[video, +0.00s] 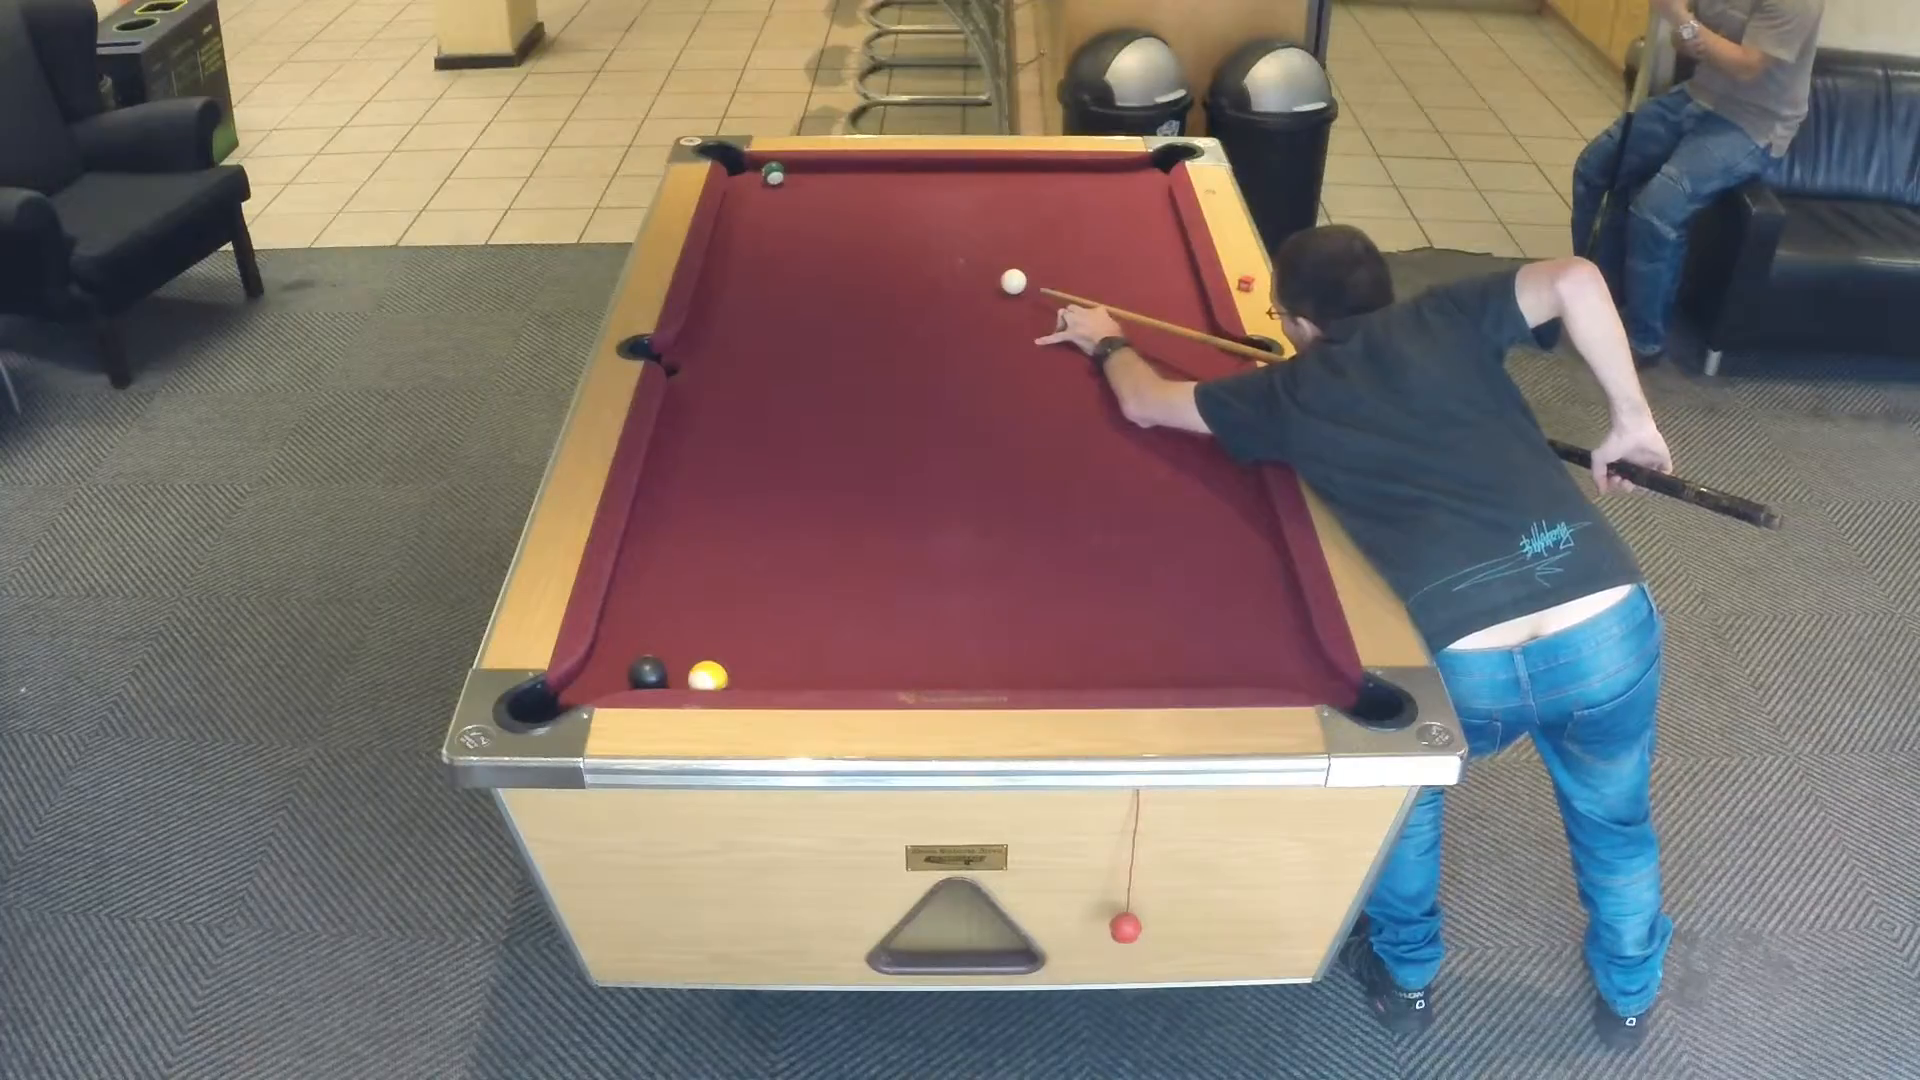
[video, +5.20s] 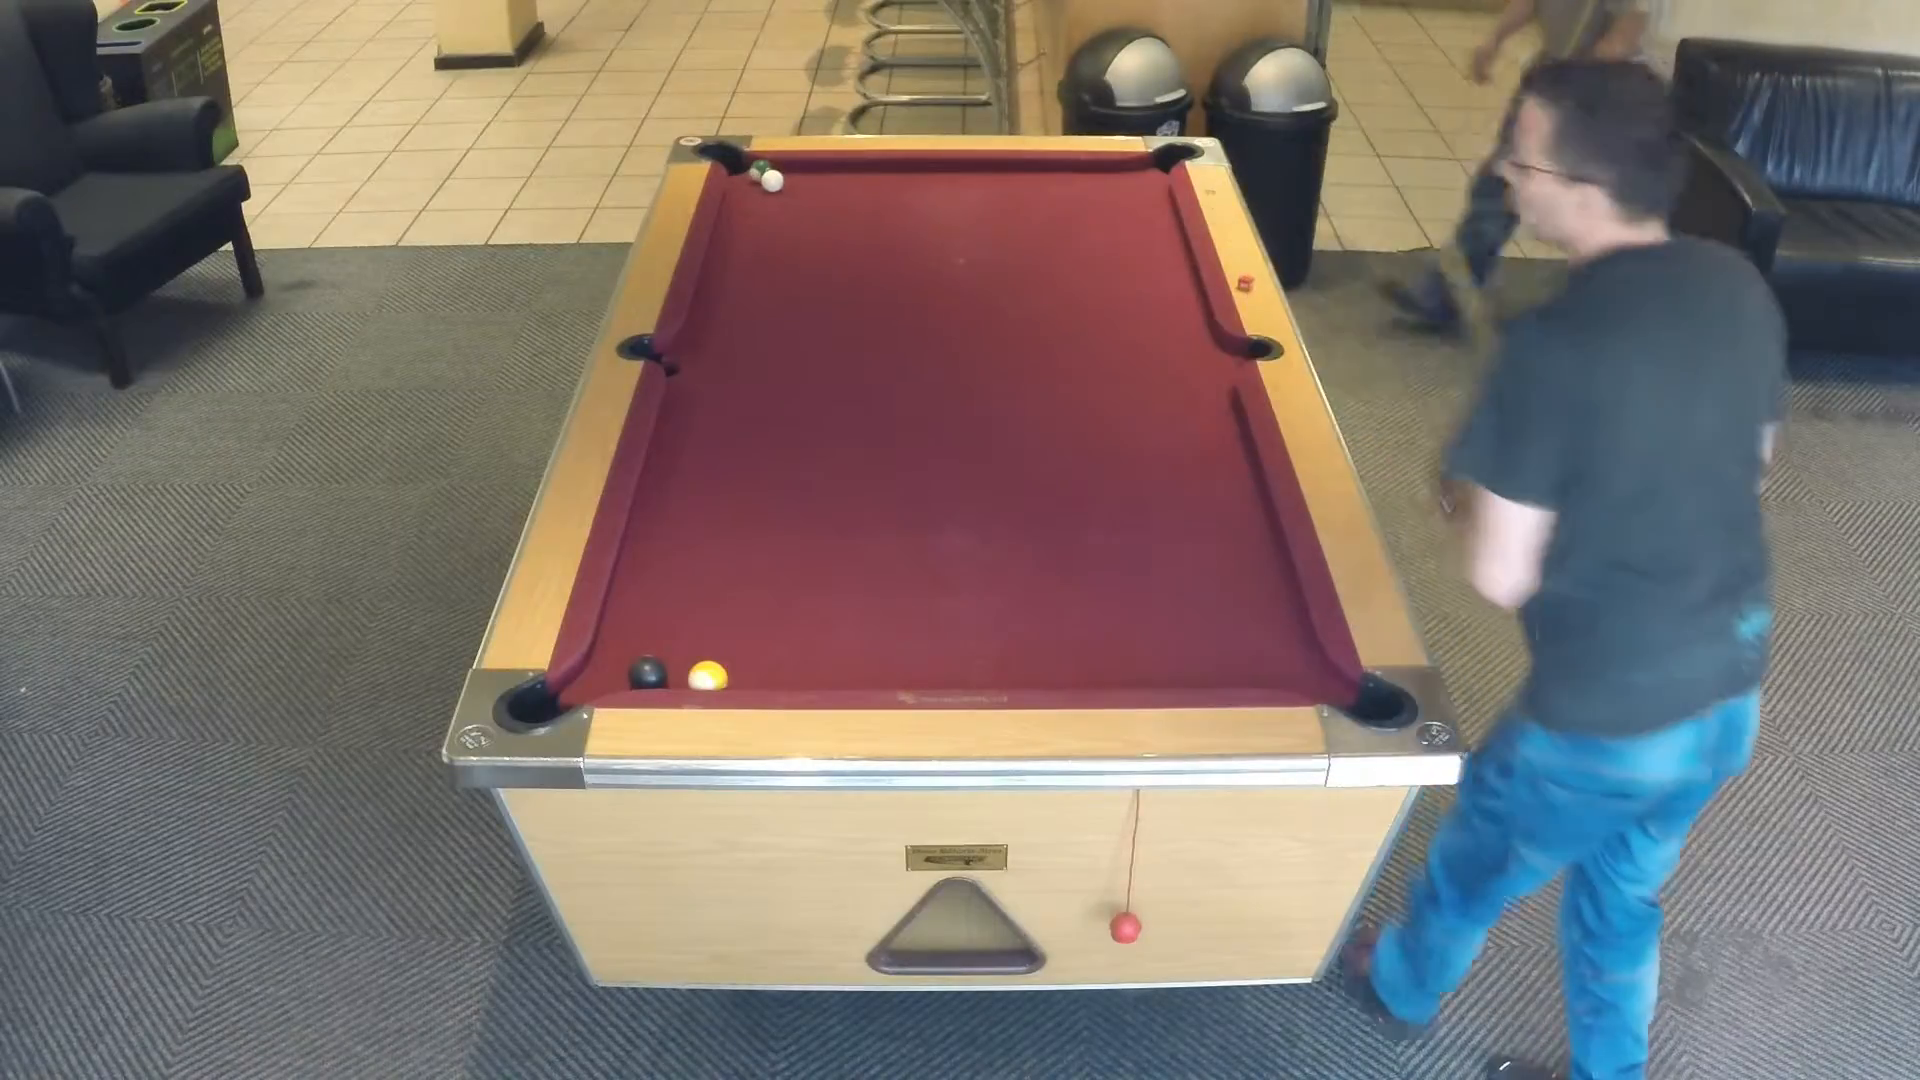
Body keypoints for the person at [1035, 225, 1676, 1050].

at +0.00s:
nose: (1281, 324)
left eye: (1283, 311)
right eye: (1281, 311)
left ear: (1300, 323)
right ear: (1386, 295)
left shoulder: (1289, 392)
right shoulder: (1451, 317)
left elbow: (1147, 401)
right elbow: (1574, 278)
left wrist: (1106, 340)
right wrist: (1635, 415)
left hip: (1468, 660)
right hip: (1607, 624)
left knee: (1401, 775)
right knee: (1617, 822)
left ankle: (1406, 971)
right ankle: (1631, 992)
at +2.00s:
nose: (1278, 318)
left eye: (1280, 306)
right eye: (1278, 306)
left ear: (1299, 318)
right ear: (1383, 290)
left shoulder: (1287, 389)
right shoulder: (1448, 313)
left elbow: (1145, 399)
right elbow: (1578, 280)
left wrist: (1106, 341)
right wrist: (1639, 416)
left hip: (1466, 659)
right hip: (1607, 622)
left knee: (1396, 771)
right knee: (1616, 820)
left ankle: (1408, 966)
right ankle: (1631, 991)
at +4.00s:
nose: (1280, 314)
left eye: (1282, 303)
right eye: (1279, 302)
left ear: (1299, 316)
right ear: (1385, 289)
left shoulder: (1286, 390)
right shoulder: (1451, 315)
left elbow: (1141, 400)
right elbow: (1589, 298)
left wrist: (1105, 343)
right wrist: (1607, 430)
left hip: (1470, 661)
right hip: (1607, 623)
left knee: (1396, 764)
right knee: (1615, 818)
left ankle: (1408, 966)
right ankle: (1631, 990)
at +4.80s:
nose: (1341, 189)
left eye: (1346, 175)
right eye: (1346, 171)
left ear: (1370, 194)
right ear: (1463, 180)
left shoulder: (1343, 300)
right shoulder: (1550, 251)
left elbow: (1277, 466)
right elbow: (1702, 385)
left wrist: (1247, 378)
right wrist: (1604, 446)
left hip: (1508, 640)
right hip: (1652, 621)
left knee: (1424, 780)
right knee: (1610, 831)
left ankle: (1404, 966)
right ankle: (1605, 1019)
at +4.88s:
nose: (1370, 167)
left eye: (1376, 154)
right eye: (1374, 150)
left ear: (1398, 176)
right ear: (1494, 163)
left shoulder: (1365, 295)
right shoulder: (1584, 245)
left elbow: (1341, 493)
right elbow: (1719, 394)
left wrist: (1374, 413)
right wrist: (1611, 453)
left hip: (1519, 637)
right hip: (1662, 621)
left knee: (1436, 792)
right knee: (1606, 841)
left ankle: (1403, 973)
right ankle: (1602, 1042)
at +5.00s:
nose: (1419, 149)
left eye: (1430, 138)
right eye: (1426, 132)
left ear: (1464, 166)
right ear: (1548, 147)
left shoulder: (1420, 297)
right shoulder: (1636, 248)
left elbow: (1416, 510)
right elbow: (1743, 423)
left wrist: (1503, 473)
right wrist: (1638, 464)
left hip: (1546, 661)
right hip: (1684, 639)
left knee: (1450, 817)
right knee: (1606, 859)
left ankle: (1402, 969)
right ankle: (1613, 1060)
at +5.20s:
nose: (1504, 176)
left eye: (1521, 161)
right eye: (1510, 155)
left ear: (1582, 182)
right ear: (1638, 176)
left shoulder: (1556, 340)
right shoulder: (1737, 285)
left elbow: (1503, 578)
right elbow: (1753, 454)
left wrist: (1470, 497)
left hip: (1597, 728)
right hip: (1723, 706)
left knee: (1473, 865)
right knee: (1622, 911)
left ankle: (1404, 985)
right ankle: (1612, 1066)